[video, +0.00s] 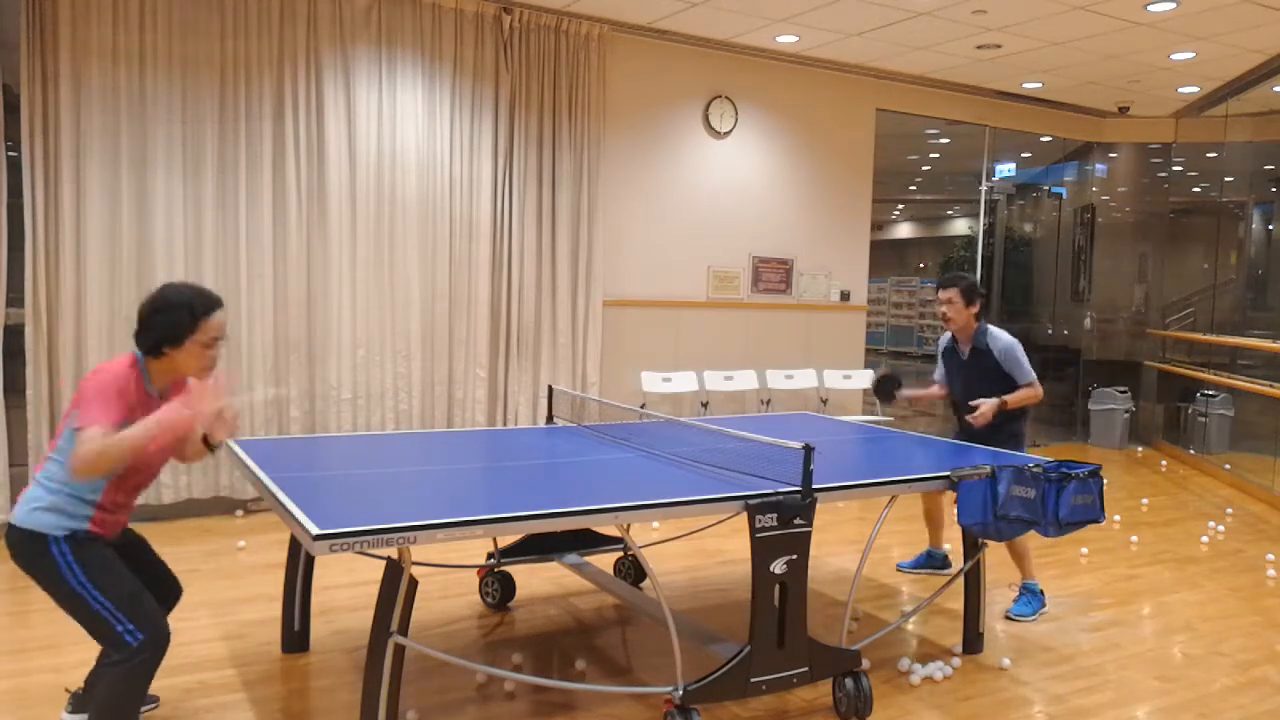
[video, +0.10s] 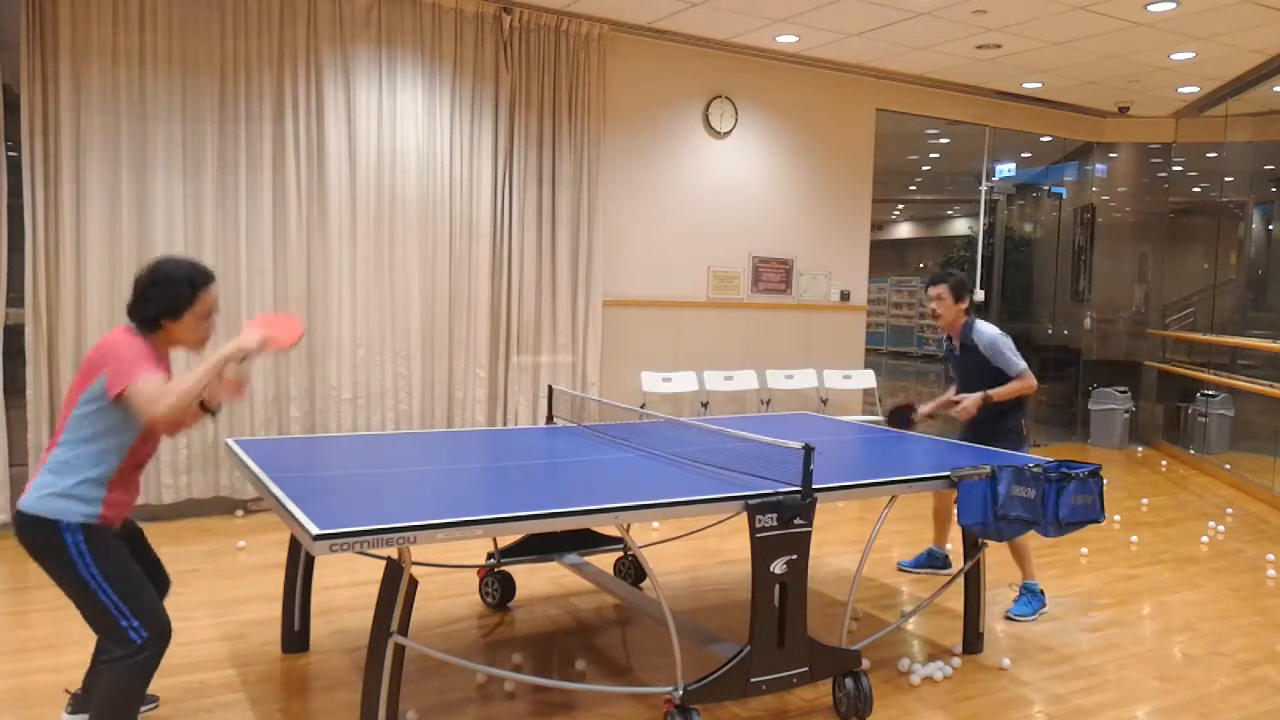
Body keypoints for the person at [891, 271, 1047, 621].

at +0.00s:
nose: (942, 311)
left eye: (949, 304)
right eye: (940, 304)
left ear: (974, 307)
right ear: (940, 307)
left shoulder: (1003, 344)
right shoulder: (947, 343)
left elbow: (1035, 392)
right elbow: (943, 390)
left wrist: (998, 403)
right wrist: (905, 395)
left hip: (1005, 446)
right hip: (965, 442)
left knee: (1005, 514)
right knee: (929, 482)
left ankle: (1031, 588)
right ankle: (936, 553)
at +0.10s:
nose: (933, 308)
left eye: (940, 301)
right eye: (930, 301)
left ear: (963, 304)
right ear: (930, 305)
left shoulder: (987, 337)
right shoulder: (949, 340)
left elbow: (1029, 382)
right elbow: (961, 386)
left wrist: (983, 397)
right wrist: (932, 406)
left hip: (1004, 440)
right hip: (971, 436)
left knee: (1008, 512)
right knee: (942, 485)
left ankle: (1031, 588)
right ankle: (939, 552)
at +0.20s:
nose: (920, 317)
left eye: (926, 309)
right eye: (918, 311)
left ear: (950, 309)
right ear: (940, 312)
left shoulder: (973, 338)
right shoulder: (954, 343)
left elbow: (1018, 384)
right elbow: (978, 386)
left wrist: (968, 402)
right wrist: (957, 407)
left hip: (1004, 443)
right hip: (976, 440)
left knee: (1001, 514)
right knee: (943, 485)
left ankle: (1031, 589)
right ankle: (940, 552)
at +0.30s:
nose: (915, 329)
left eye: (918, 321)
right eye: (913, 322)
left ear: (940, 318)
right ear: (937, 319)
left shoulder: (968, 344)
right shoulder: (953, 348)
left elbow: (1011, 390)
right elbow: (968, 394)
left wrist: (962, 412)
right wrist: (923, 406)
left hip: (1002, 446)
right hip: (975, 443)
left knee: (997, 517)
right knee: (935, 482)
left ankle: (1032, 589)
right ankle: (939, 551)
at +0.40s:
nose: (910, 325)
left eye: (914, 318)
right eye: (910, 318)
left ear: (935, 317)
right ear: (934, 318)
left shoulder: (967, 342)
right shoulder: (942, 349)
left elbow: (1008, 388)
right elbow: (931, 386)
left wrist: (960, 406)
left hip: (997, 443)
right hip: (966, 440)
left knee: (995, 515)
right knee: (926, 481)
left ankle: (1029, 588)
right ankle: (937, 553)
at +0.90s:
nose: (915, 308)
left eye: (922, 302)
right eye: (912, 302)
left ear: (944, 305)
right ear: (911, 305)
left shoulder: (969, 338)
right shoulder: (923, 341)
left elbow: (1003, 382)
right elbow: (930, 383)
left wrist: (960, 397)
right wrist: (899, 398)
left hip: (981, 432)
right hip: (948, 430)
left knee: (978, 503)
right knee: (917, 477)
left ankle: (1003, 574)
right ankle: (924, 547)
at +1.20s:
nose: (898, 326)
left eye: (901, 319)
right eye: (896, 319)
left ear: (922, 316)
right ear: (921, 317)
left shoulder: (949, 341)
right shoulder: (937, 343)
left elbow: (989, 387)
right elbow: (948, 388)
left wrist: (943, 405)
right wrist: (900, 390)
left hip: (980, 439)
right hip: (955, 436)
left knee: (975, 509)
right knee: (919, 478)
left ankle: (1003, 577)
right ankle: (924, 547)